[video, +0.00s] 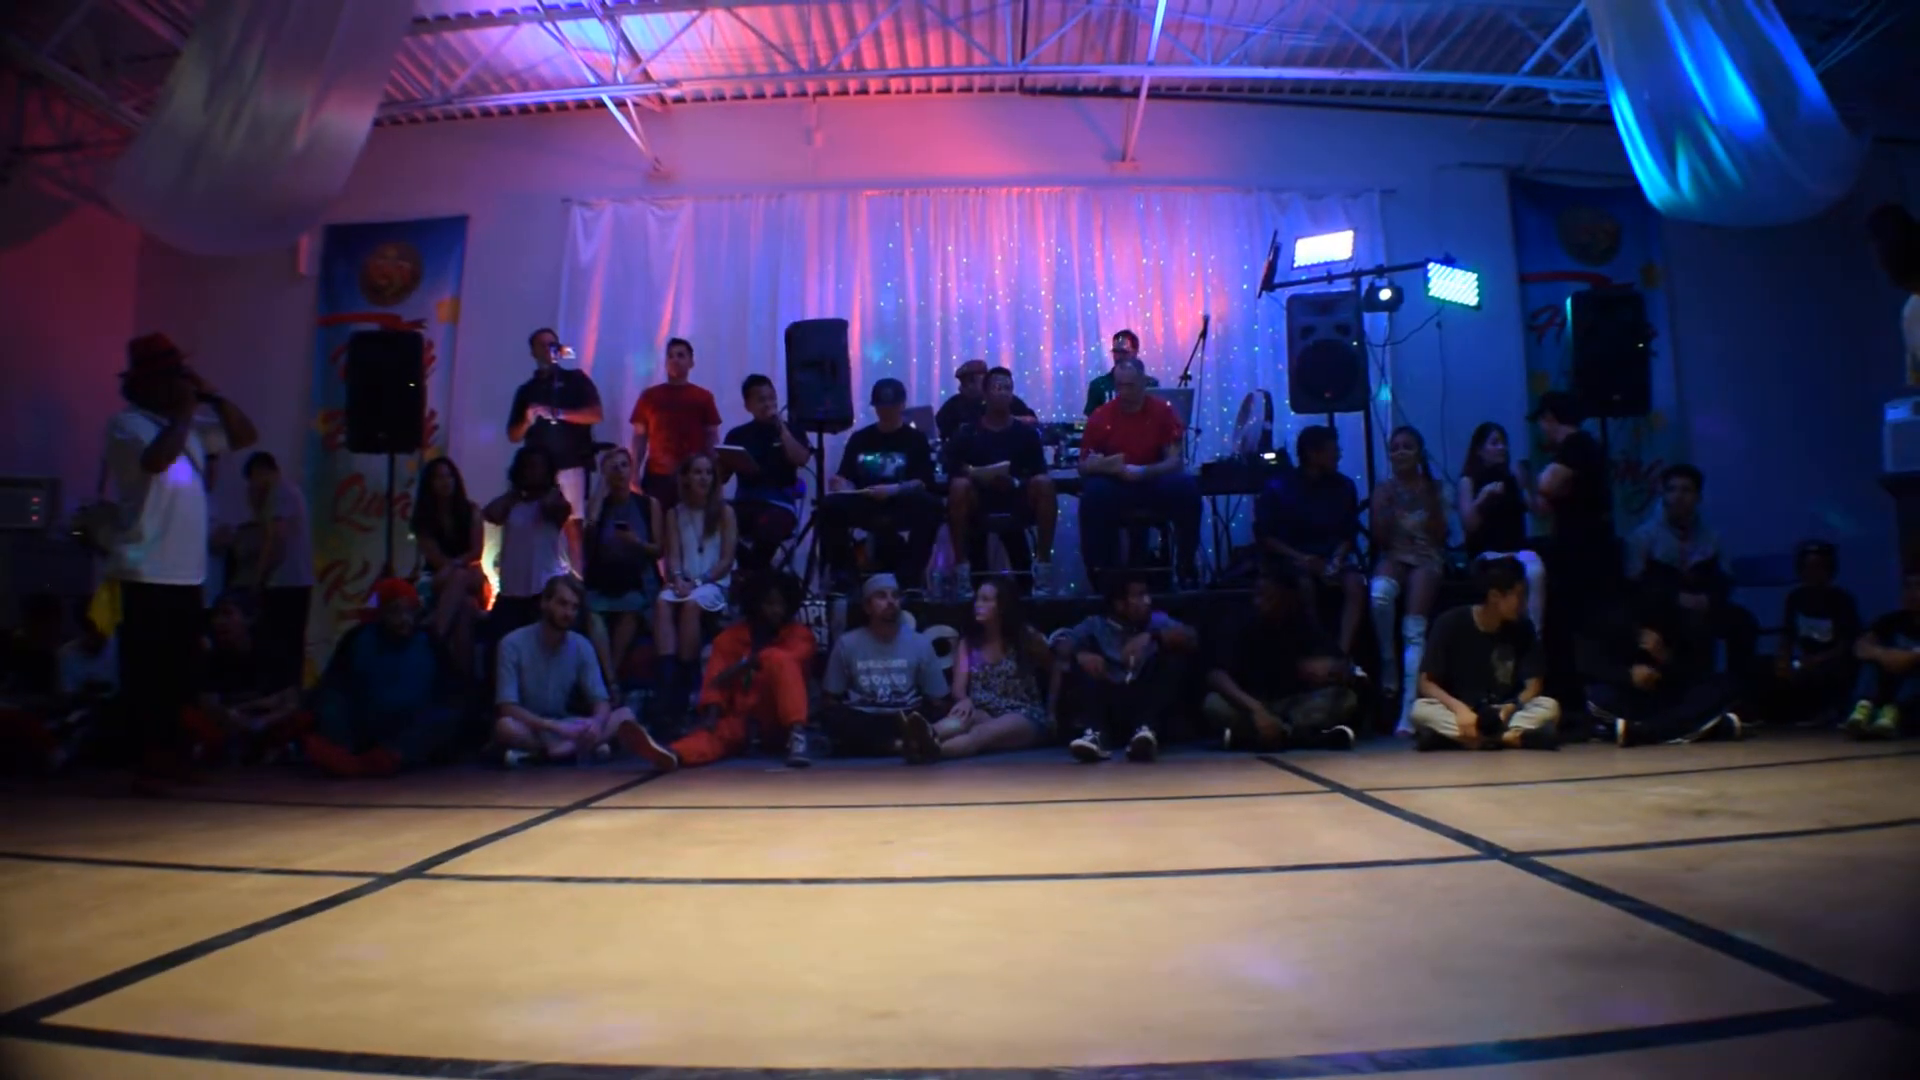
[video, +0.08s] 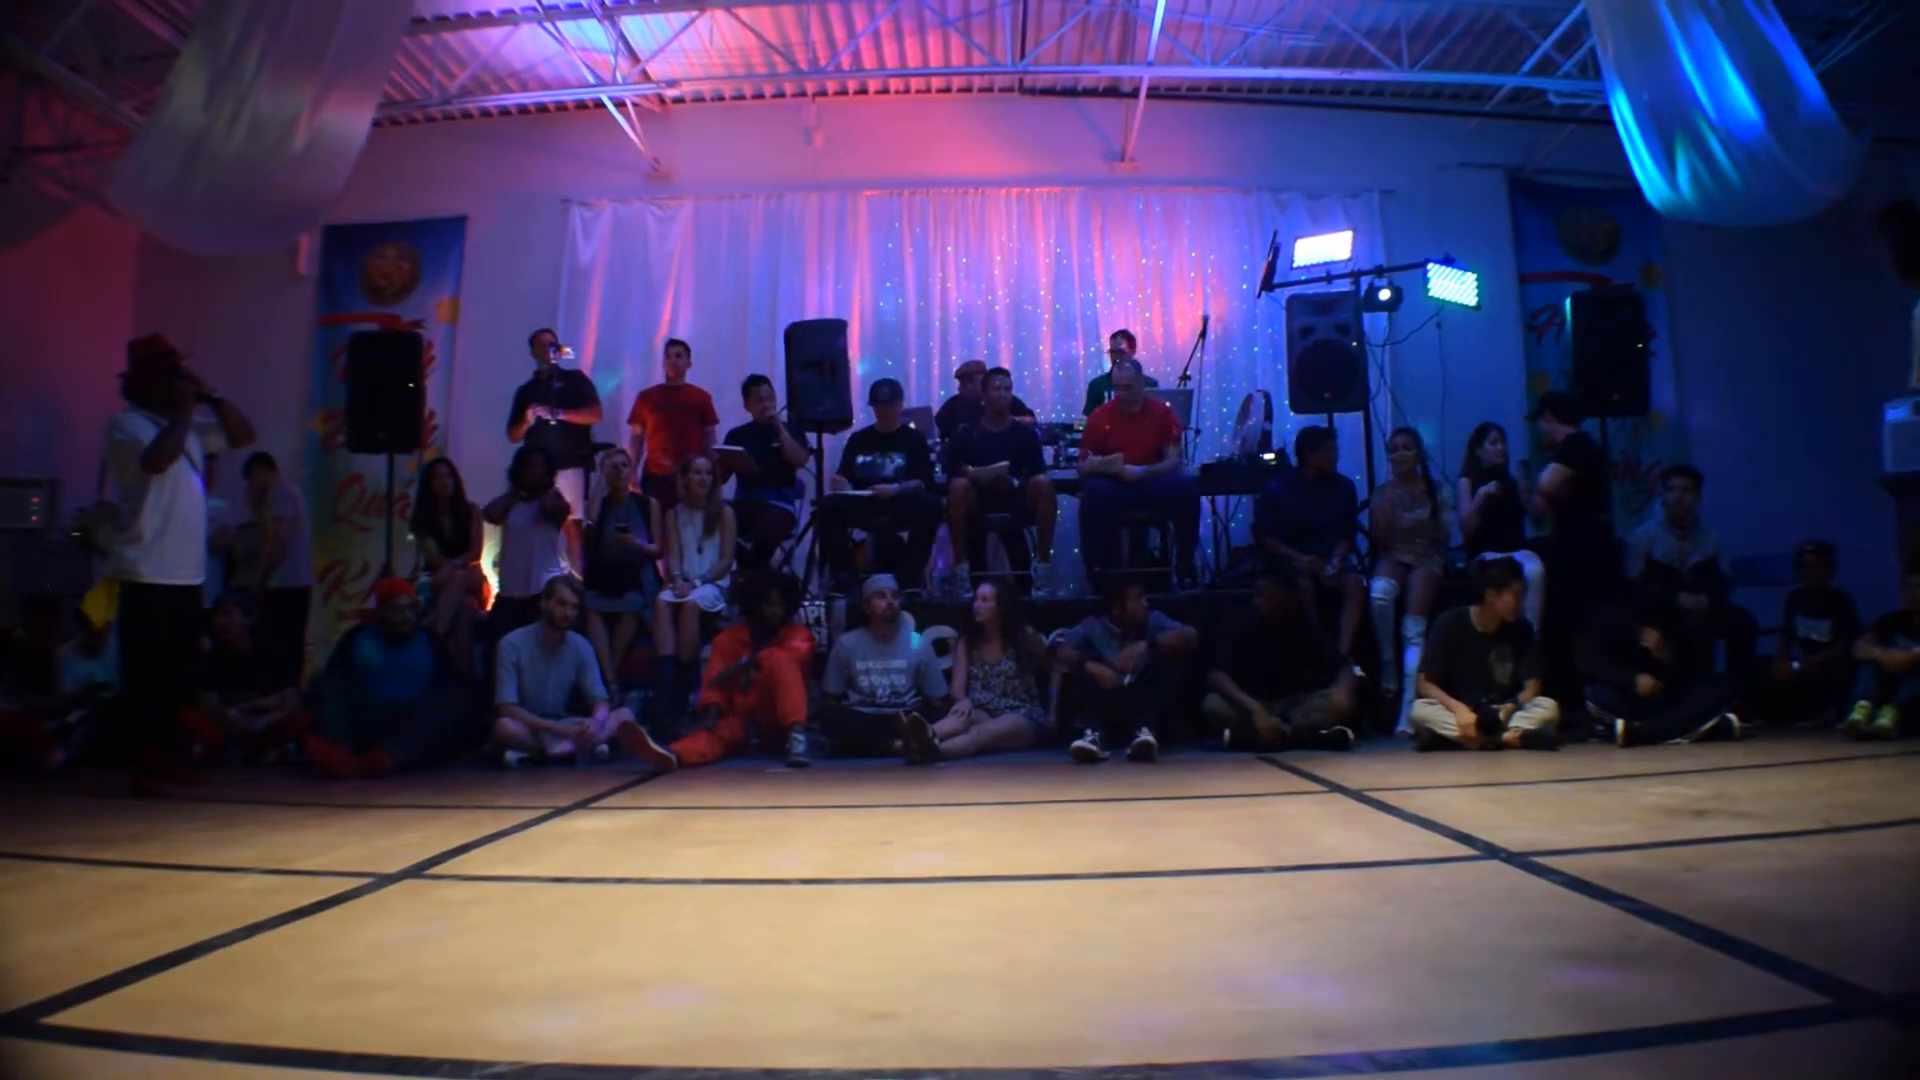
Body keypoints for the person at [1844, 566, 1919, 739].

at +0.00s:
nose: (1912, 595)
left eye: (1915, 588)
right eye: (1909, 588)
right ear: (1903, 591)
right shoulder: (1894, 619)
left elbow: (1909, 657)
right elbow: (1861, 647)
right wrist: (1888, 656)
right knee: (1871, 662)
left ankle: (1892, 711)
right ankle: (1863, 705)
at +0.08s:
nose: (1911, 595)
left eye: (1915, 589)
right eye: (1908, 589)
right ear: (1903, 592)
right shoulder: (1894, 619)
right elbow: (1860, 647)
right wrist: (1885, 656)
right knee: (1870, 663)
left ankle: (1891, 711)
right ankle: (1862, 705)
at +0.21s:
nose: (1913, 595)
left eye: (1916, 589)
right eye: (1909, 589)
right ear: (1903, 593)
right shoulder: (1893, 620)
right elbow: (1859, 648)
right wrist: (1885, 656)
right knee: (1870, 661)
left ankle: (1891, 712)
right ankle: (1862, 706)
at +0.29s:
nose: (1913, 595)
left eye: (1916, 589)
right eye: (1909, 589)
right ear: (1903, 592)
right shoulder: (1894, 619)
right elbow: (1857, 648)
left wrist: (1905, 658)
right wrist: (1883, 656)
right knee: (1869, 663)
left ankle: (1891, 712)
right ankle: (1860, 706)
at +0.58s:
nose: (1911, 597)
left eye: (1915, 591)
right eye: (1907, 591)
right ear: (1901, 594)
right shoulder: (1889, 621)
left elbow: (1912, 657)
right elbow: (1857, 647)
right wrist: (1884, 658)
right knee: (1867, 664)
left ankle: (1889, 712)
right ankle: (1859, 707)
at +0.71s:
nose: (1911, 598)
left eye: (1915, 591)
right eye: (1907, 591)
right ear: (1901, 594)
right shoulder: (1890, 620)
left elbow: (1912, 658)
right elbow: (1857, 647)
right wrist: (1885, 658)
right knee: (1867, 663)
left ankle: (1889, 712)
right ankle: (1860, 707)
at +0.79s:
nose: (1911, 598)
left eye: (1915, 592)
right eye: (1907, 591)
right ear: (1902, 594)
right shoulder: (1891, 620)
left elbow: (1912, 658)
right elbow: (1857, 647)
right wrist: (1885, 658)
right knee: (1867, 665)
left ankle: (1889, 712)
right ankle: (1859, 708)